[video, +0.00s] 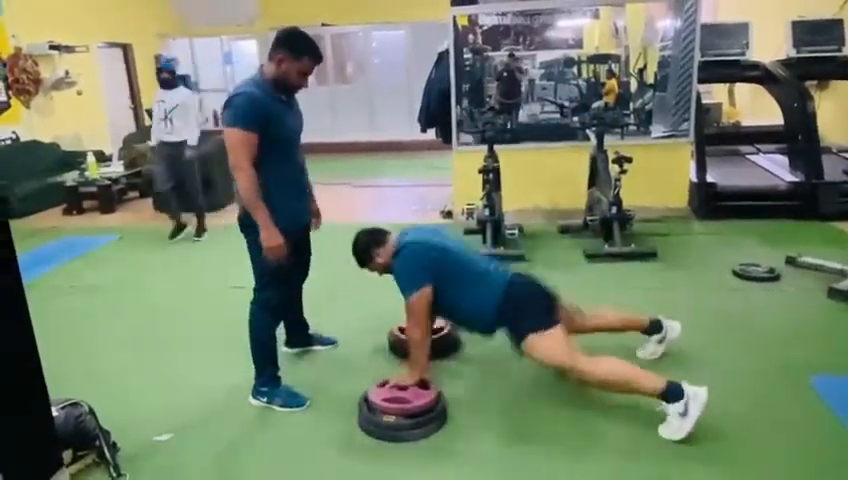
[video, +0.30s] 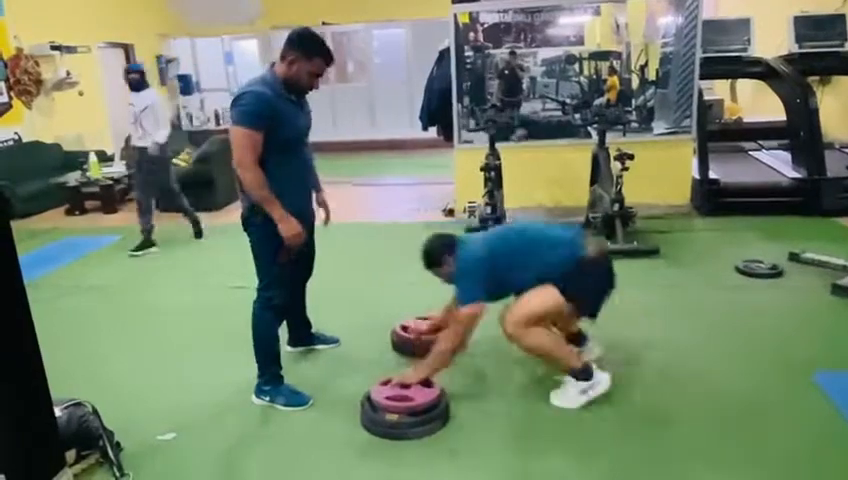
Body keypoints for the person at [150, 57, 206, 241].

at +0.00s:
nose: (162, 78)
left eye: (166, 75)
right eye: (160, 75)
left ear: (174, 75)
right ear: (158, 77)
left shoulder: (187, 95)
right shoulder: (159, 96)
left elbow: (194, 121)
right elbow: (156, 121)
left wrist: (191, 143)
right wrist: (154, 141)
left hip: (183, 143)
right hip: (164, 144)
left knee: (192, 184)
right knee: (163, 185)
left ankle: (200, 223)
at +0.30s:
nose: (131, 81)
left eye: (134, 77)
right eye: (129, 78)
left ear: (143, 77)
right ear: (127, 80)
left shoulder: (153, 97)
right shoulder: (134, 99)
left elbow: (165, 124)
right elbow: (136, 125)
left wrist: (158, 143)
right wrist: (132, 142)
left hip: (156, 148)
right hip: (140, 148)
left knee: (169, 191)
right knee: (143, 194)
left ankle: (193, 218)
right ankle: (147, 235)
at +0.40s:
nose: (120, 80)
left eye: (123, 75)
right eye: (117, 77)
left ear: (133, 75)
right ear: (115, 79)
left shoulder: (145, 97)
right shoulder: (121, 100)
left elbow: (157, 126)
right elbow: (121, 128)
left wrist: (152, 148)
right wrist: (121, 150)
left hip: (146, 150)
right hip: (129, 151)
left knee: (154, 197)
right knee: (136, 198)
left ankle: (178, 217)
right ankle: (147, 237)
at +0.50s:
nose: (111, 80)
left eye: (115, 76)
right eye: (108, 77)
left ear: (123, 76)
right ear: (105, 79)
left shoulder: (137, 97)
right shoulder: (109, 100)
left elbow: (151, 124)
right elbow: (110, 127)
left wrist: (150, 150)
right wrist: (110, 150)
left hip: (138, 150)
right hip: (120, 152)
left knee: (136, 201)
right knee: (134, 200)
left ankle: (158, 227)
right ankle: (147, 237)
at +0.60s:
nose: (102, 81)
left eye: (105, 76)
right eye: (98, 77)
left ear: (114, 77)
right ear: (95, 79)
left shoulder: (130, 100)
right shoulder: (99, 102)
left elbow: (144, 127)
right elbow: (101, 128)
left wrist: (148, 152)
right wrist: (99, 150)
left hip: (130, 151)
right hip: (110, 153)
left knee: (125, 200)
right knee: (128, 199)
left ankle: (136, 242)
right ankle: (146, 238)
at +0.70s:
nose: (93, 83)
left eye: (97, 79)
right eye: (90, 80)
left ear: (106, 79)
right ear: (86, 82)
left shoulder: (121, 103)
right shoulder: (89, 105)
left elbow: (137, 131)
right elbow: (87, 134)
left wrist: (145, 156)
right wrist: (76, 156)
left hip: (122, 156)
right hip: (103, 159)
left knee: (118, 203)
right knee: (123, 200)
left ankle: (111, 252)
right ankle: (146, 238)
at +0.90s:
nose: (75, 83)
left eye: (78, 79)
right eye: (71, 80)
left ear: (88, 79)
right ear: (67, 83)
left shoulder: (101, 103)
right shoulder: (67, 106)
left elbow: (119, 135)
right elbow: (61, 134)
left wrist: (124, 164)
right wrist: (51, 160)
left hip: (101, 159)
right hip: (81, 162)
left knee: (101, 209)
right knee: (94, 210)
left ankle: (103, 259)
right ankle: (130, 233)